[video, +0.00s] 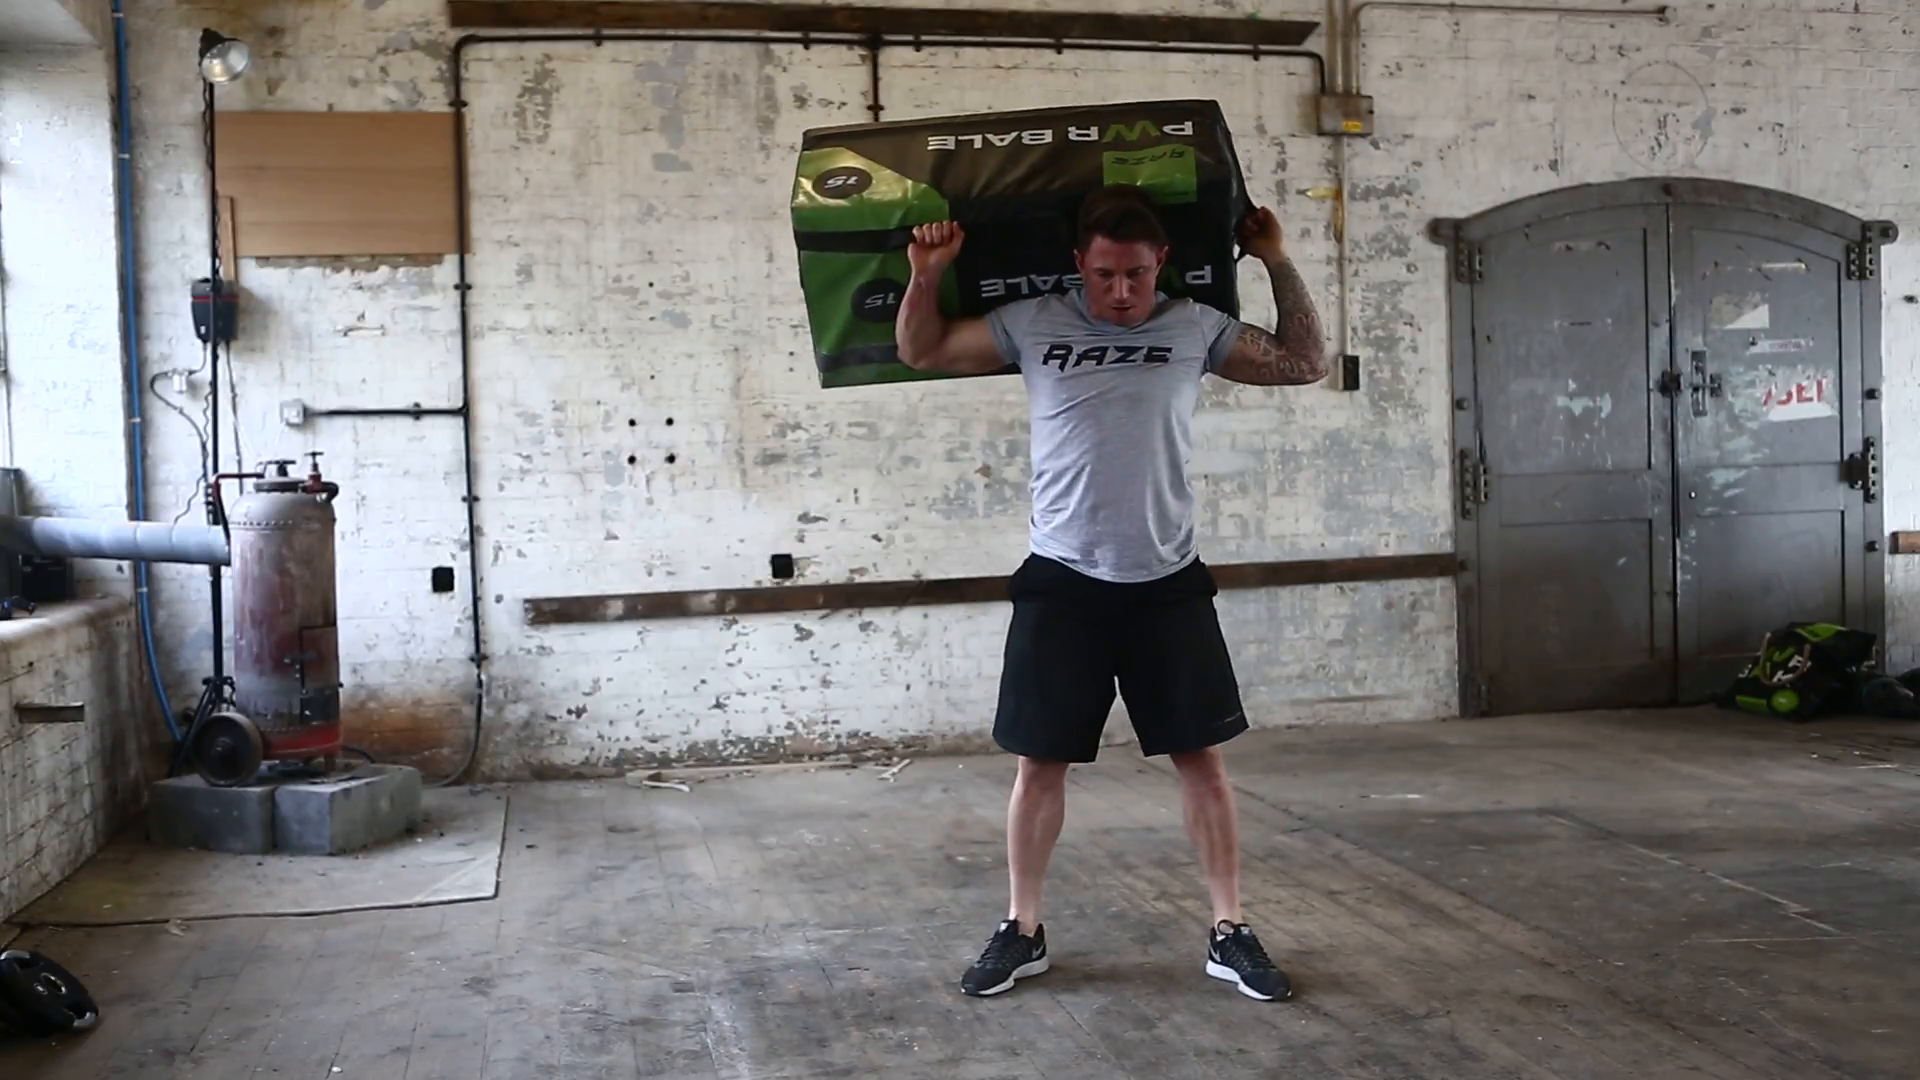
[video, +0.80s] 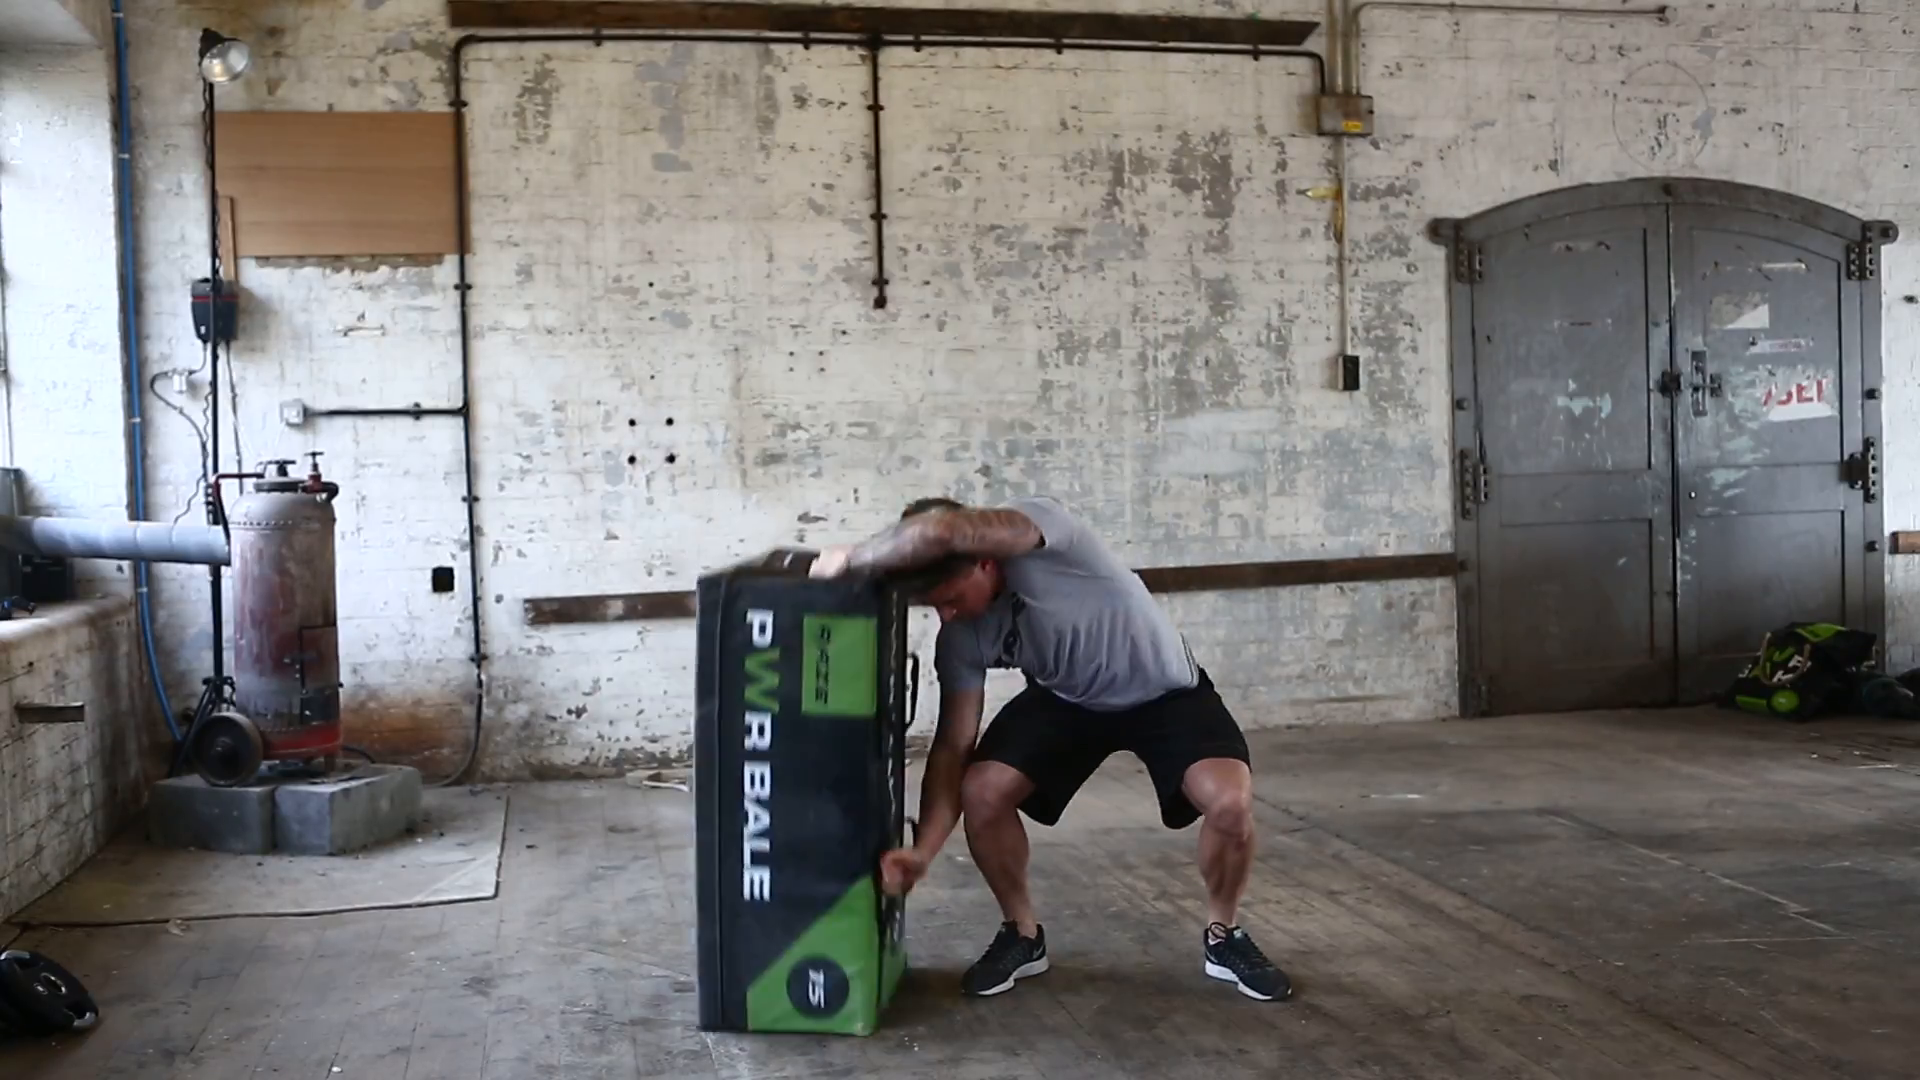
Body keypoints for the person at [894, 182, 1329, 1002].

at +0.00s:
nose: (1121, 291)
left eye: (1136, 275)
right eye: (1106, 275)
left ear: (1160, 268)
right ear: (1080, 266)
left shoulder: (1191, 327)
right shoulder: (1035, 324)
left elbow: (1305, 361)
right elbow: (922, 349)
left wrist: (1276, 258)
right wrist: (924, 275)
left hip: (1167, 582)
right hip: (1061, 582)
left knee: (1200, 759)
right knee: (1039, 766)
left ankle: (1230, 929)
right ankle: (1021, 927)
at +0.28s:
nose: (1076, 310)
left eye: (1092, 295)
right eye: (1062, 294)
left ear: (1130, 272)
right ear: (1048, 276)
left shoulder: (1175, 304)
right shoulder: (1021, 344)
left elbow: (1273, 240)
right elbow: (911, 412)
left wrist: (1179, 191)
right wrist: (906, 339)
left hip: (1181, 578)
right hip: (1073, 583)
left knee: (1215, 763)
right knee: (1039, 766)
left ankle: (1230, 930)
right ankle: (1021, 926)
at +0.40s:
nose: (1054, 340)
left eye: (1068, 327)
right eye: (1041, 325)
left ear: (1107, 301)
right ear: (1027, 305)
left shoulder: (1153, 314)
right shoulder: (1009, 376)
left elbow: (1205, 211)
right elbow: (918, 466)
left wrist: (1093, 189)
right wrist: (889, 412)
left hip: (1182, 580)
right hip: (1074, 588)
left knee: (1225, 760)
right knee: (1033, 764)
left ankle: (1230, 930)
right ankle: (1022, 928)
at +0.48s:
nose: (1033, 371)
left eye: (1046, 355)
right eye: (1019, 357)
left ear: (1080, 325)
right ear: (1003, 341)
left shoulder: (1130, 331)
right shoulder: (999, 410)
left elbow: (1154, 227)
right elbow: (928, 507)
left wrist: (1048, 221)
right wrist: (884, 481)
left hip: (1181, 591)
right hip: (1075, 600)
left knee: (1231, 766)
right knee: (1017, 772)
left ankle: (1230, 932)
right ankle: (1022, 930)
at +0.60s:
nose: (995, 450)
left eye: (1006, 433)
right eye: (982, 439)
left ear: (1042, 400)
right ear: (966, 424)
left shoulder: (1093, 398)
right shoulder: (984, 484)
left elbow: (1069, 304)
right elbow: (930, 591)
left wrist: (974, 305)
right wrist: (884, 603)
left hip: (1176, 620)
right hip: (1074, 628)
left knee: (1237, 786)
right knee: (997, 777)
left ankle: (1228, 933)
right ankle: (1021, 931)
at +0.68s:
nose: (972, 515)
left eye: (980, 498)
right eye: (959, 505)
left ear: (1015, 464)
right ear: (948, 491)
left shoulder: (1074, 456)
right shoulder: (975, 543)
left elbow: (1012, 377)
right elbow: (940, 655)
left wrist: (921, 395)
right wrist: (898, 696)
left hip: (1170, 647)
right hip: (1068, 655)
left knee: (1236, 794)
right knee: (987, 788)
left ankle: (1225, 933)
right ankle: (1022, 932)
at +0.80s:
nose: (941, 614)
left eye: (947, 597)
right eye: (930, 603)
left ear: (983, 564)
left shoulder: (1041, 528)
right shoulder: (962, 636)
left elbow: (945, 529)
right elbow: (953, 744)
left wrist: (858, 555)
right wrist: (921, 852)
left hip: (1165, 687)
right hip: (1067, 698)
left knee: (1231, 805)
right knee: (982, 793)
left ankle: (1223, 936)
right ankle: (1023, 935)